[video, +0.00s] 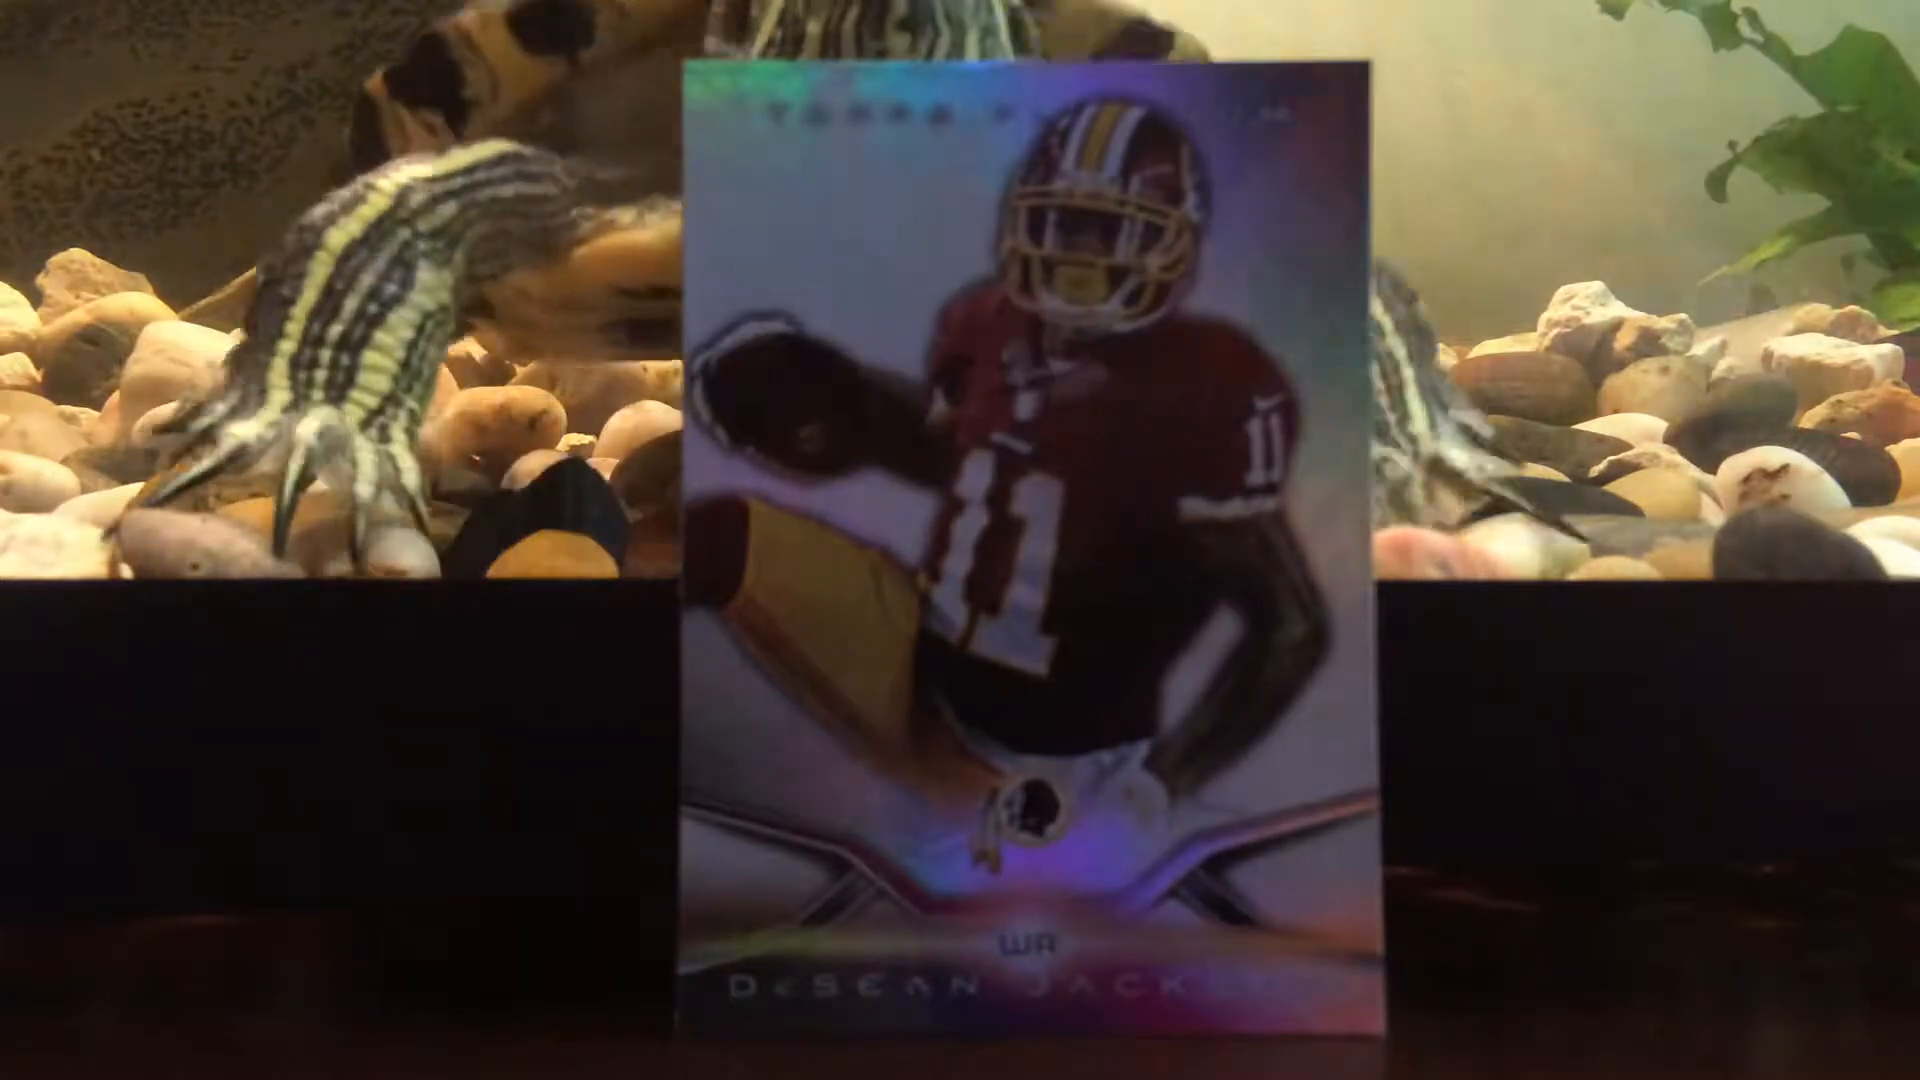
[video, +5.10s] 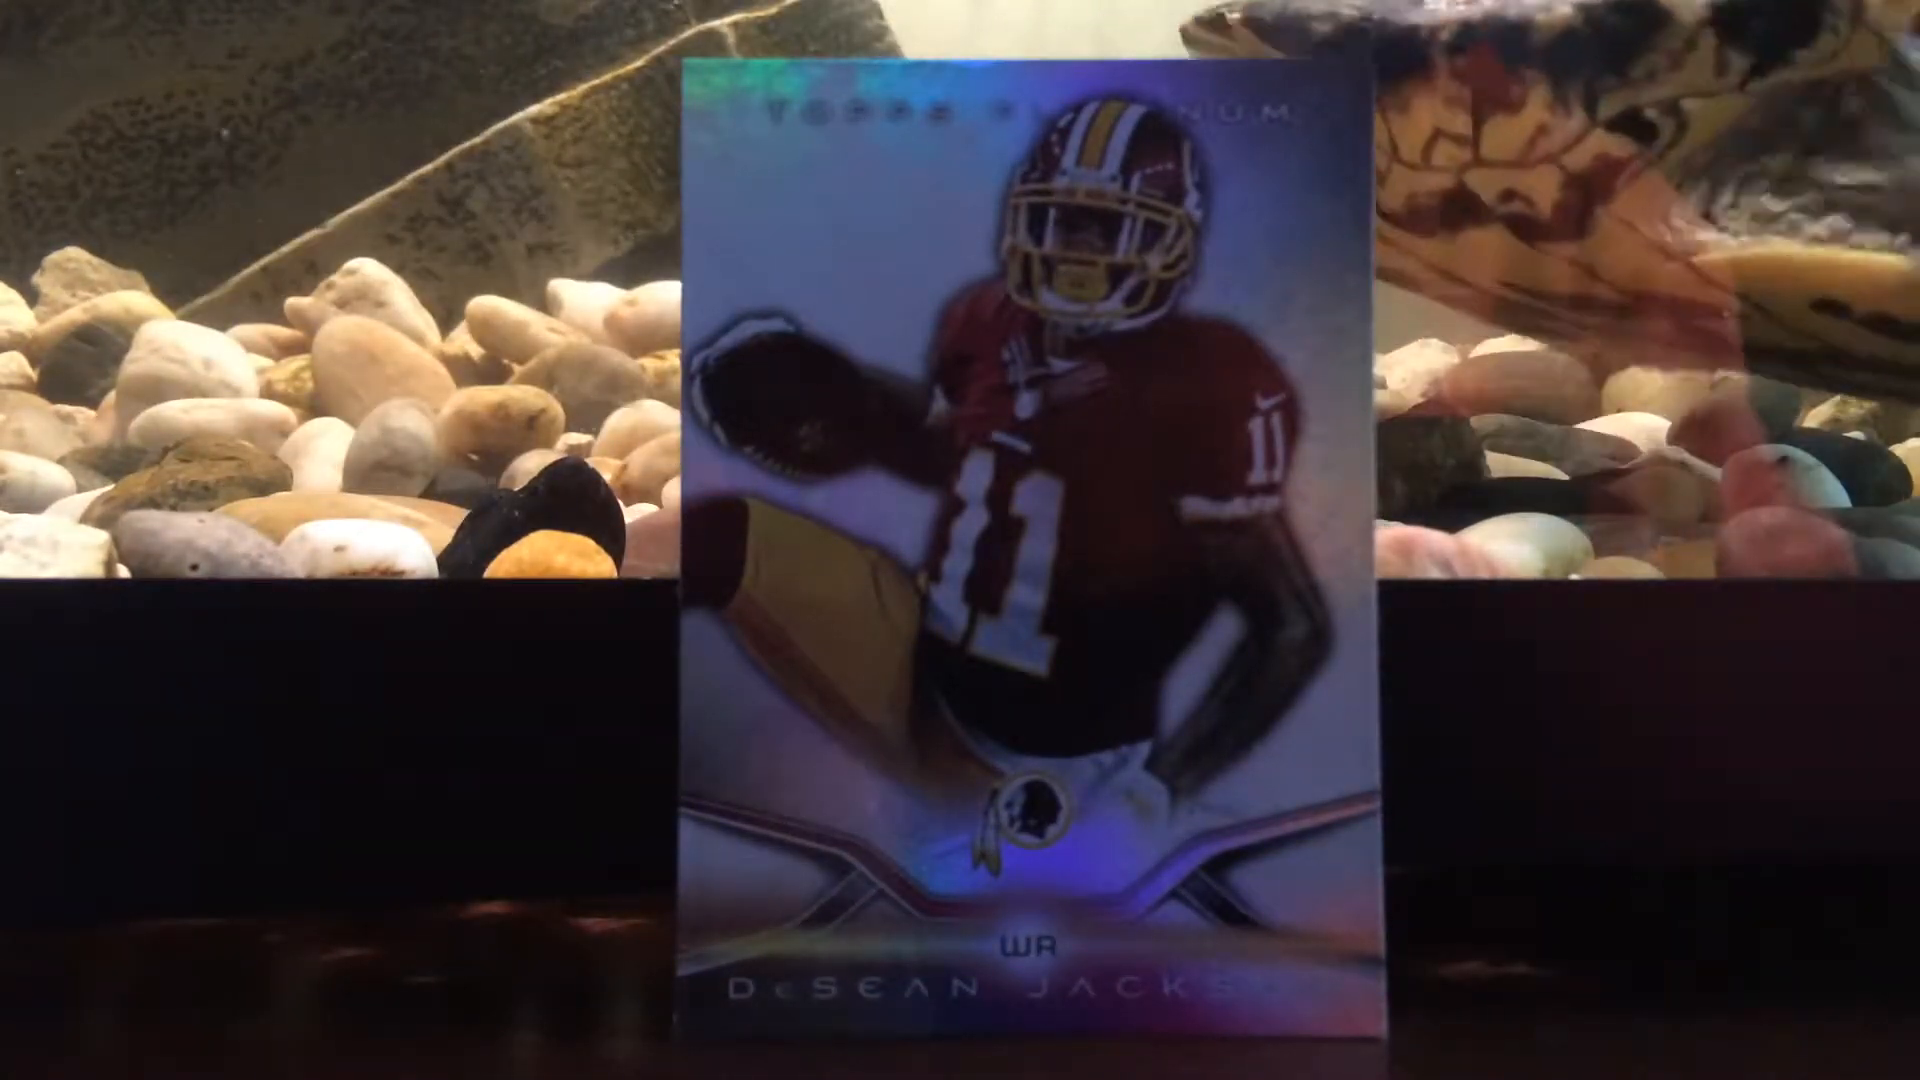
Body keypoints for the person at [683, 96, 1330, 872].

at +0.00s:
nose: (1081, 260)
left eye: (1116, 234)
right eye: (1061, 226)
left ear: (1176, 249)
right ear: (1020, 228)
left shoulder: (1212, 389)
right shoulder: (978, 328)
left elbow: (1292, 629)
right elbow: (956, 461)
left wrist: (1156, 787)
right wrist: (853, 416)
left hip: (1083, 763)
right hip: (933, 710)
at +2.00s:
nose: (1078, 252)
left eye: (1113, 227)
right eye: (1058, 219)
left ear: (1177, 242)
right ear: (1020, 224)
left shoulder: (1220, 384)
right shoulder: (979, 324)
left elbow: (1297, 629)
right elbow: (957, 460)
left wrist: (1156, 793)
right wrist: (858, 415)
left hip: (1081, 752)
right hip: (929, 678)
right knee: (713, 536)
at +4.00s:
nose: (1079, 251)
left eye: (1114, 228)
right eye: (1061, 220)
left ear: (1176, 244)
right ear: (1021, 223)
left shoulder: (1215, 386)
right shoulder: (980, 325)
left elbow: (1295, 631)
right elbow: (959, 460)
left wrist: (1154, 793)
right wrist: (856, 416)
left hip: (1077, 758)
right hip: (928, 680)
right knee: (711, 535)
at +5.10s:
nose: (1078, 251)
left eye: (1112, 227)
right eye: (1058, 220)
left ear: (1175, 244)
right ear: (1020, 224)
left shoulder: (1216, 384)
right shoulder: (980, 325)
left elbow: (1294, 630)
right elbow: (956, 458)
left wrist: (1157, 790)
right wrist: (852, 411)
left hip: (1083, 757)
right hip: (929, 683)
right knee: (711, 536)